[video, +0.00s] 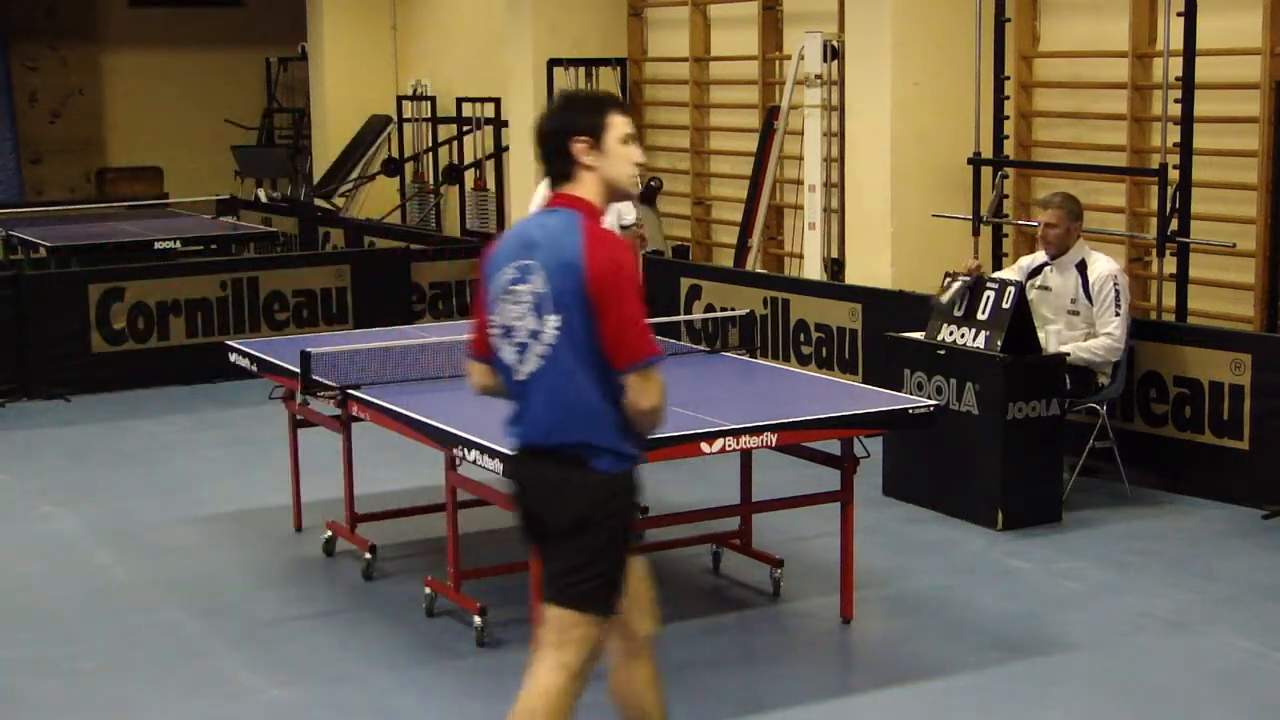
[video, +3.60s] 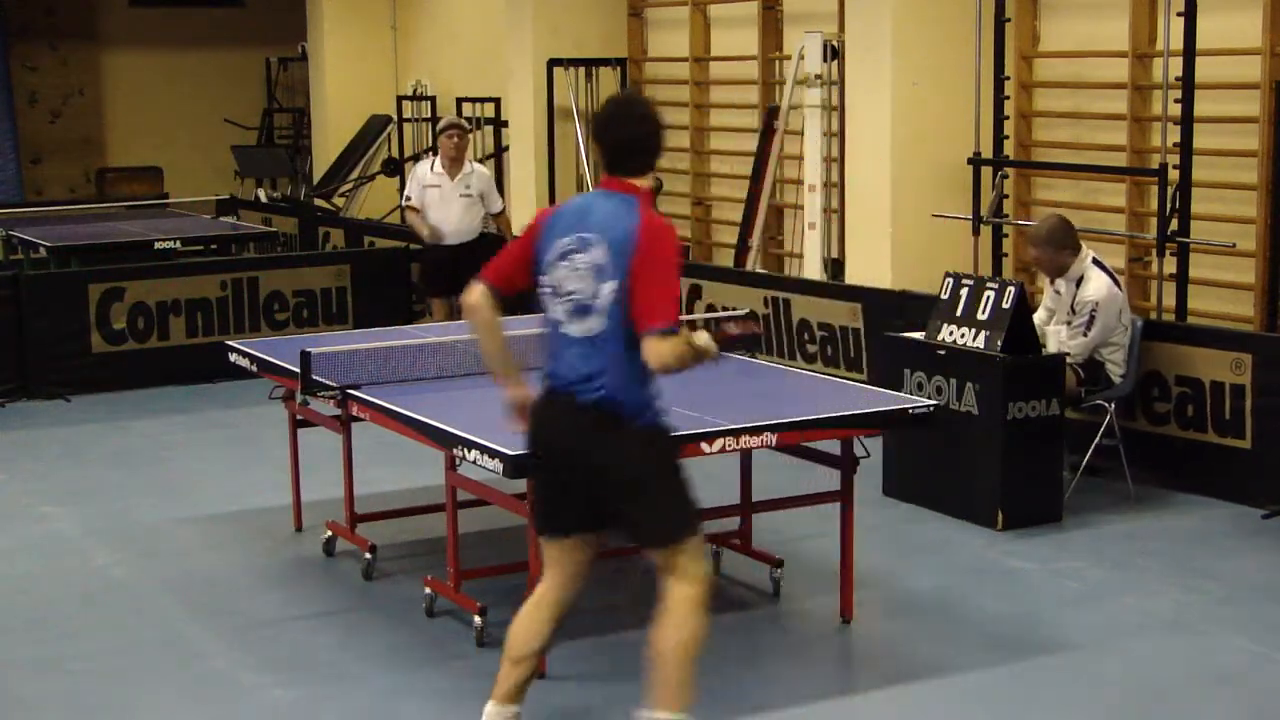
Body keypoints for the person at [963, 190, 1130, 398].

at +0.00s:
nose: (1040, 234)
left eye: (1051, 227)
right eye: (1039, 225)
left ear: (1074, 230)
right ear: (1036, 225)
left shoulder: (1104, 273)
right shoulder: (1030, 265)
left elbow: (1112, 345)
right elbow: (993, 284)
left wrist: (1055, 356)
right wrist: (974, 280)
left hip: (1082, 373)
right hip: (1030, 366)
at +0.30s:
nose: (1047, 231)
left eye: (1056, 223)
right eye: (1042, 223)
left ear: (1075, 227)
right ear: (1036, 226)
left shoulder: (1105, 270)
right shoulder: (1027, 268)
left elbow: (1125, 339)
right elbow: (993, 302)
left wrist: (1071, 345)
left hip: (1085, 373)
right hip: (1032, 367)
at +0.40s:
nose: (1049, 230)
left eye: (1058, 222)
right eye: (1043, 222)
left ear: (1074, 226)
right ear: (1036, 227)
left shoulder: (1102, 269)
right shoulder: (1024, 272)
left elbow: (1128, 336)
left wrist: (1074, 349)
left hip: (1086, 374)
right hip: (1035, 370)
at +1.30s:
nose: (1039, 253)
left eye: (1046, 245)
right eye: (1033, 245)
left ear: (1066, 234)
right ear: (1026, 239)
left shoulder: (1099, 269)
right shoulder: (1029, 271)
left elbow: (1101, 338)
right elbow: (1017, 326)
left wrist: (1052, 361)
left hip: (1088, 365)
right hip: (1038, 364)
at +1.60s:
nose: (1046, 264)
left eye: (1054, 259)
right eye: (1044, 257)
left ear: (1076, 248)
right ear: (1039, 246)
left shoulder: (1102, 282)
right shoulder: (1044, 268)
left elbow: (1083, 347)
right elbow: (1035, 320)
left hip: (1092, 367)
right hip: (1050, 359)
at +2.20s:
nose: (1043, 280)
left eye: (1051, 274)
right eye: (1040, 273)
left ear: (1071, 265)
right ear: (1037, 262)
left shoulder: (1096, 300)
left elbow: (1071, 360)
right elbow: (1045, 312)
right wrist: (1018, 340)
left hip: (1097, 372)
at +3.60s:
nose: (1035, 264)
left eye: (1039, 259)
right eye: (1035, 259)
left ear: (1063, 253)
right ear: (1062, 253)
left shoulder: (1098, 292)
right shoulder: (1060, 271)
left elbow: (1076, 351)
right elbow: (1041, 321)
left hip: (1103, 369)